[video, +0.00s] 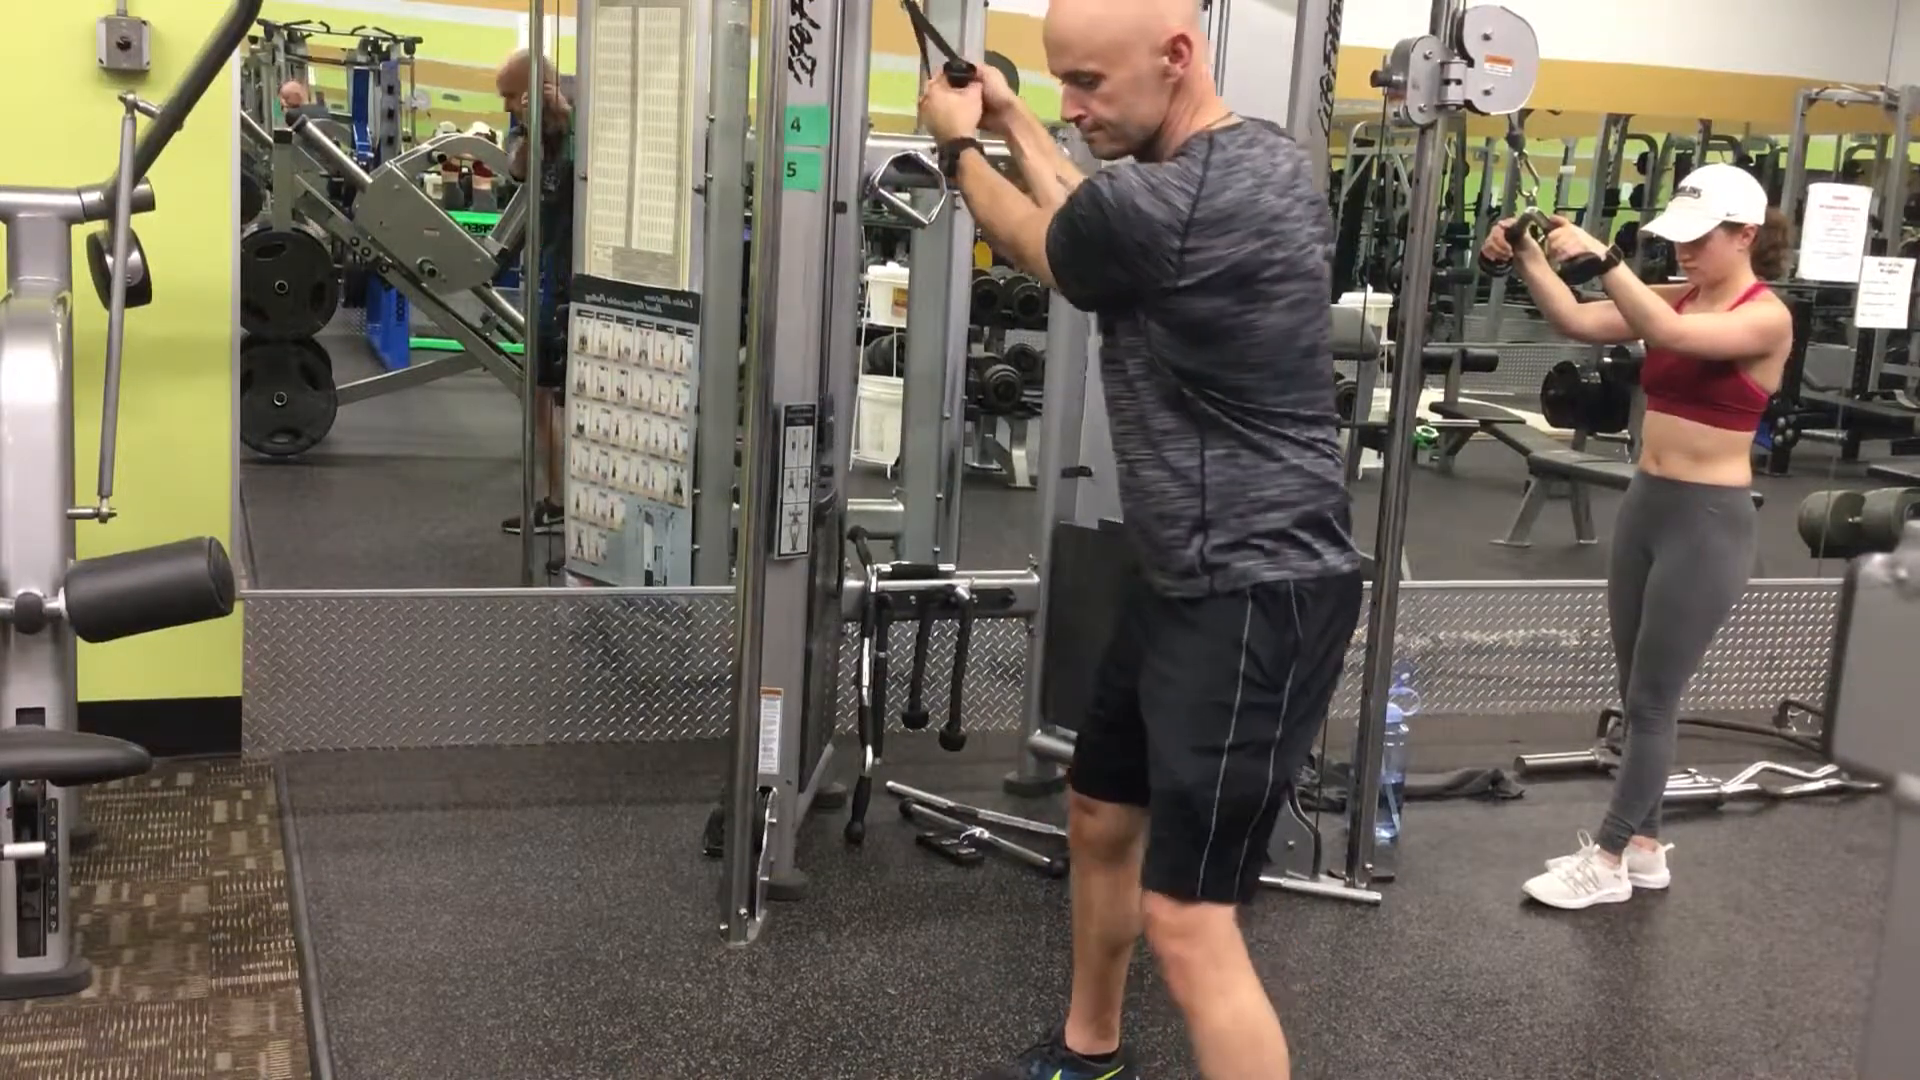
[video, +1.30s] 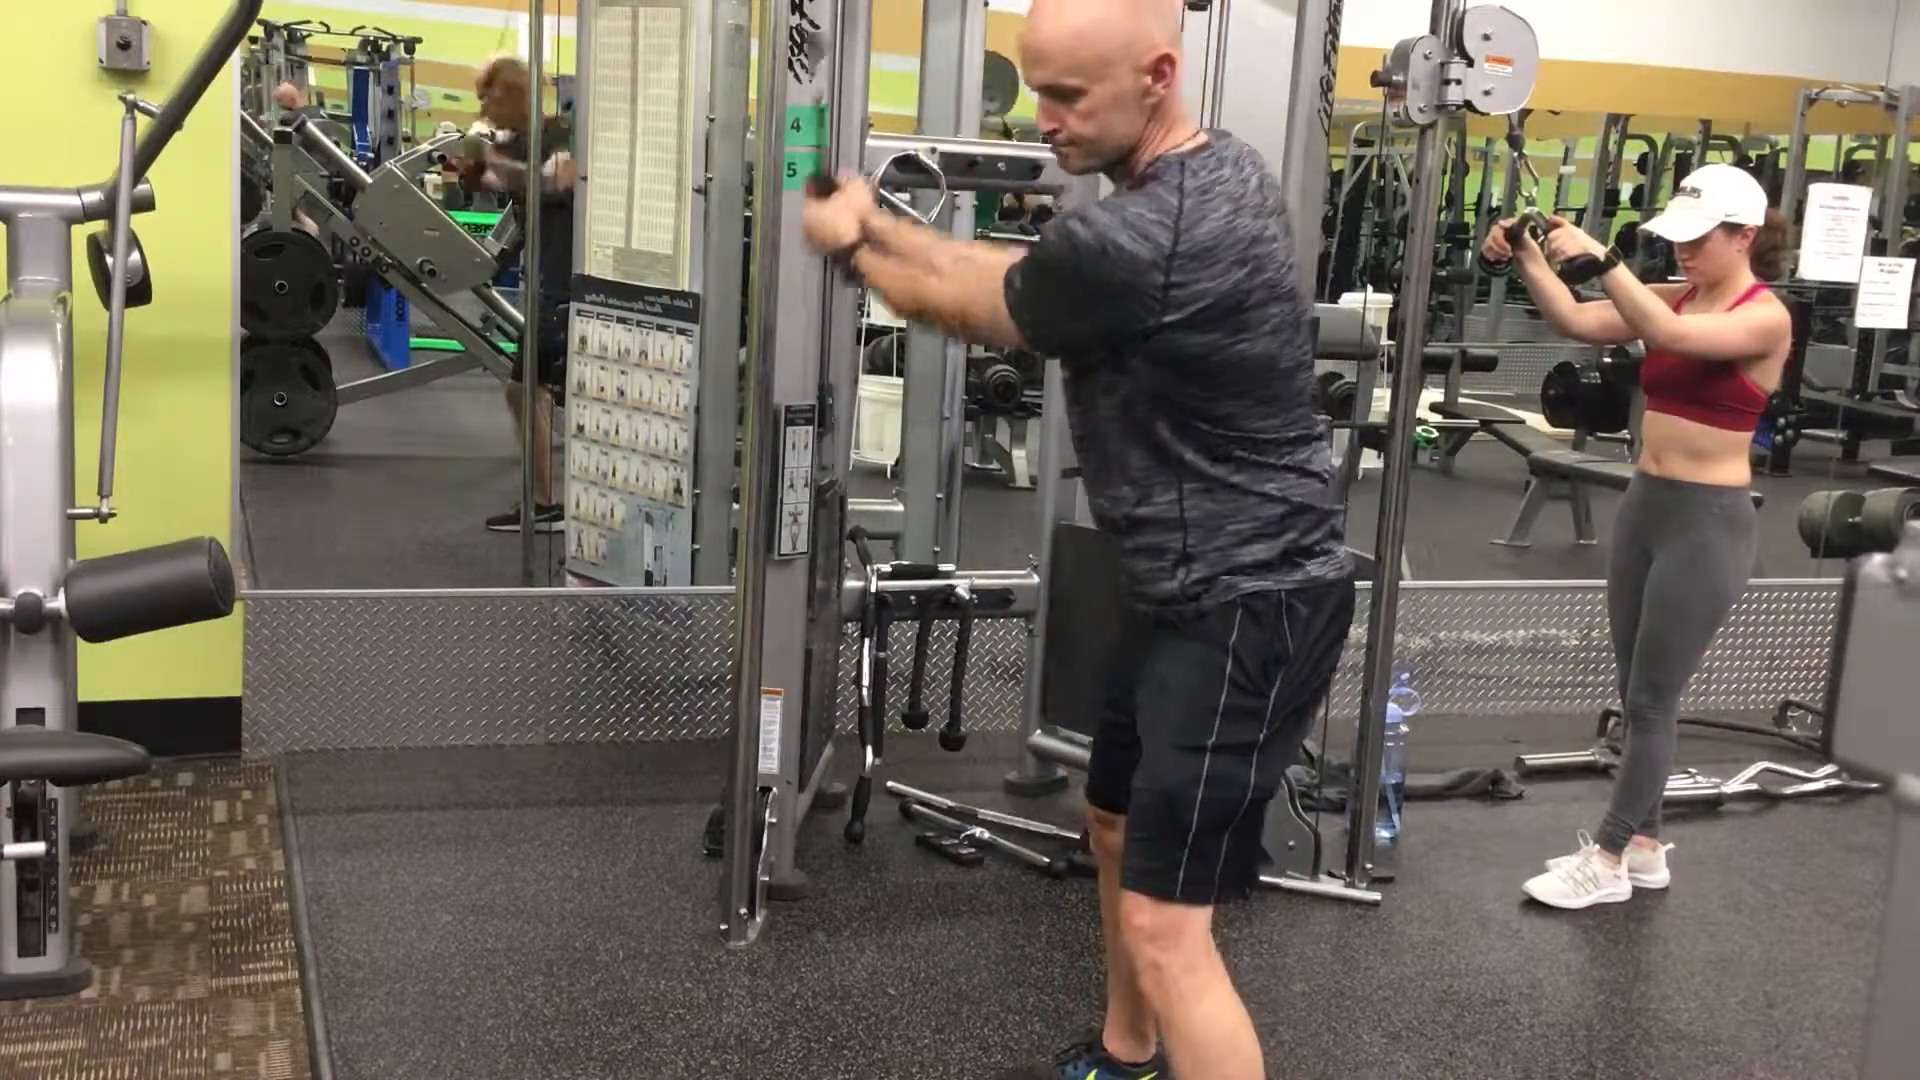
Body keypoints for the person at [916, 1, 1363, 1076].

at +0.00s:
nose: (1071, 109)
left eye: (1087, 82)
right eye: (1064, 83)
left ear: (1178, 57)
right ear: (1180, 56)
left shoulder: (1159, 205)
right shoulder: (1272, 165)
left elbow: (1040, 250)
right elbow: (1104, 237)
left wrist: (962, 146)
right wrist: (1013, 123)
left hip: (1257, 592)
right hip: (1186, 576)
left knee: (1190, 920)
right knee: (1099, 822)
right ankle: (1089, 1050)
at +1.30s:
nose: (1044, 119)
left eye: (1068, 96)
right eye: (1034, 92)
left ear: (1160, 75)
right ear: (1155, 78)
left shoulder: (1131, 238)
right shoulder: (1210, 173)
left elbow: (978, 310)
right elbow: (1026, 280)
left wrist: (855, 246)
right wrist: (886, 225)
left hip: (1250, 596)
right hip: (1193, 578)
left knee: (1166, 928)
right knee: (1115, 821)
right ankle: (1128, 1053)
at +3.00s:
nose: (1282, 596)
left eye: (1305, 566)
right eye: (1250, 568)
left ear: (1336, 510)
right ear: (1183, 496)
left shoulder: (1360, 557)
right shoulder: (1079, 576)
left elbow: (1354, 800)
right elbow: (1148, 873)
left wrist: (1363, 1039)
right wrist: (1288, 1064)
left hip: (1230, 717)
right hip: (1077, 719)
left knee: (1223, 921)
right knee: (1064, 974)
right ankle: (1014, 992)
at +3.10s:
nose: (1279, 593)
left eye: (1303, 562)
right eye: (1248, 564)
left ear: (1331, 506)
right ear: (1180, 494)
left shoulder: (1358, 556)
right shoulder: (1077, 574)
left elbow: (1351, 801)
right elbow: (1144, 873)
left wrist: (1359, 1038)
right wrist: (1285, 1064)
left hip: (1229, 718)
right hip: (1076, 722)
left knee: (1222, 923)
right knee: (1065, 974)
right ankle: (1013, 989)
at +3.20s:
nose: (1277, 590)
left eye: (1301, 558)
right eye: (1247, 561)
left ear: (1330, 502)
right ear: (1178, 492)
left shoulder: (1357, 554)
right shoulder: (1076, 574)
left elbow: (1351, 799)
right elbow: (1144, 873)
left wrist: (1360, 1036)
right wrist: (1286, 1063)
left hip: (1230, 718)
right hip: (1076, 721)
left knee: (1222, 923)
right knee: (1065, 973)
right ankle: (1014, 995)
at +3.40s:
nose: (1261, 561)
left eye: (1286, 532)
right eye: (1230, 533)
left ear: (1316, 474)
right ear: (1162, 464)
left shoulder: (1352, 538)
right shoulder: (1066, 554)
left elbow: (1346, 786)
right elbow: (1130, 846)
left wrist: (1345, 1017)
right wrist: (1268, 1053)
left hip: (1237, 722)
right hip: (1087, 720)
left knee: (1216, 943)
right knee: (1068, 967)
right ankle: (1014, 986)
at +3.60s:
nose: (1222, 489)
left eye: (1248, 455)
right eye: (1191, 459)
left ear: (1287, 384)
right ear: (1132, 393)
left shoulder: (1340, 495)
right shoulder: (1052, 500)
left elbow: (1300, 753)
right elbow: (1079, 780)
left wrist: (1253, 979)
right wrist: (1156, 987)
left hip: (1241, 732)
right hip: (1105, 723)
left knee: (1221, 953)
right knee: (1058, 944)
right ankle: (1033, 997)